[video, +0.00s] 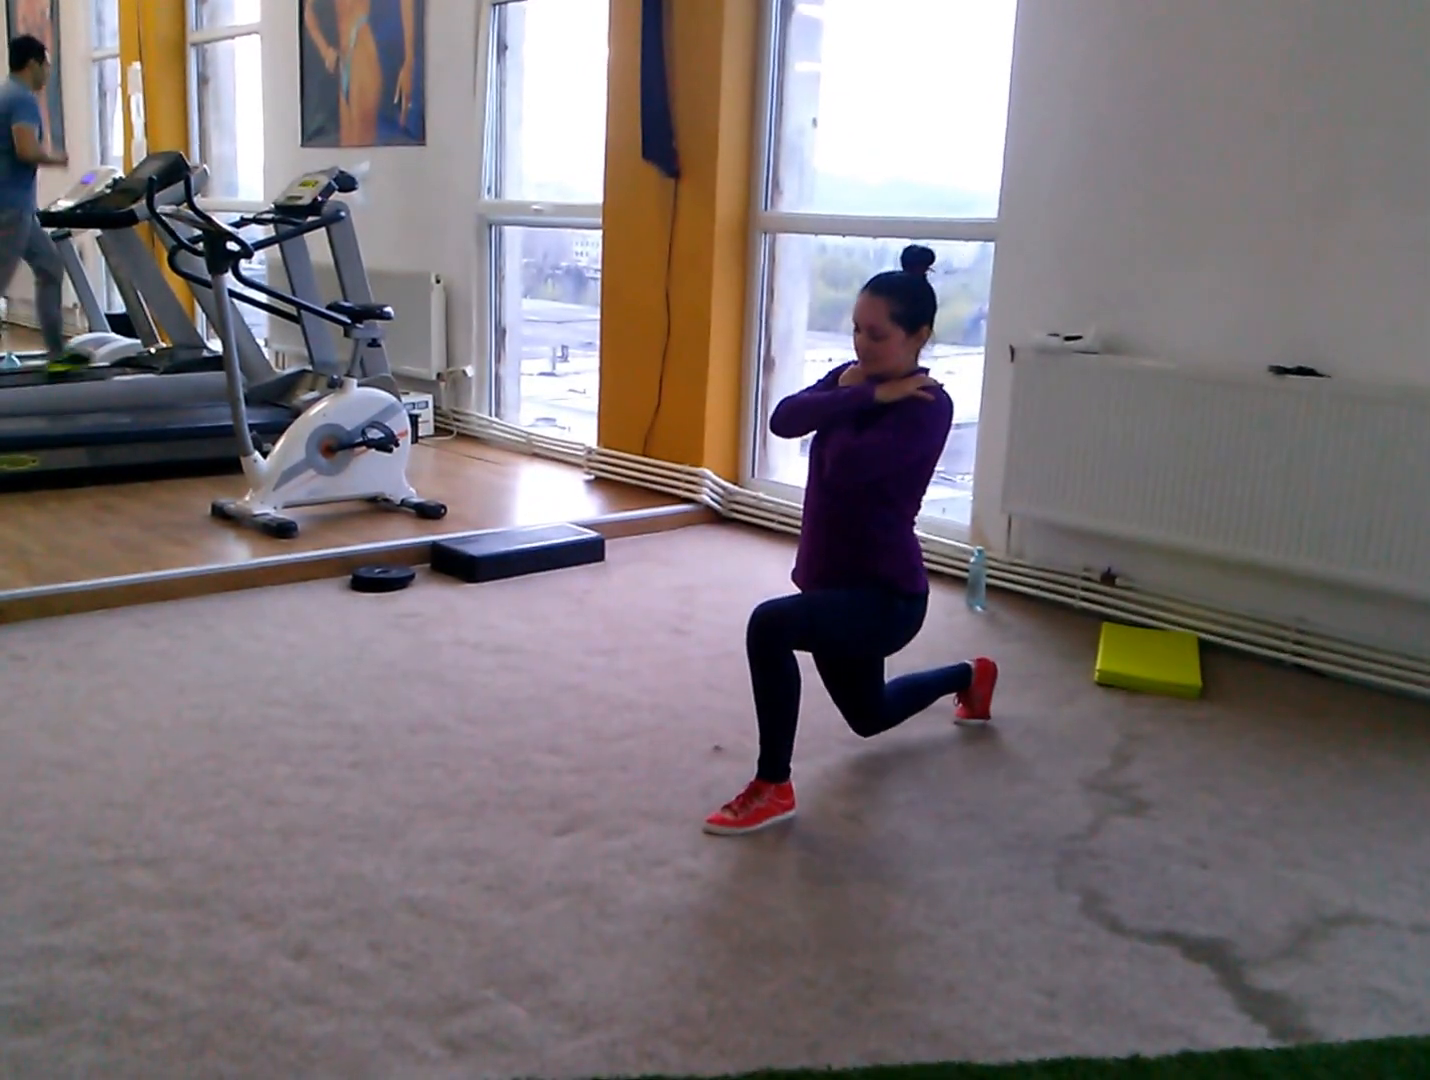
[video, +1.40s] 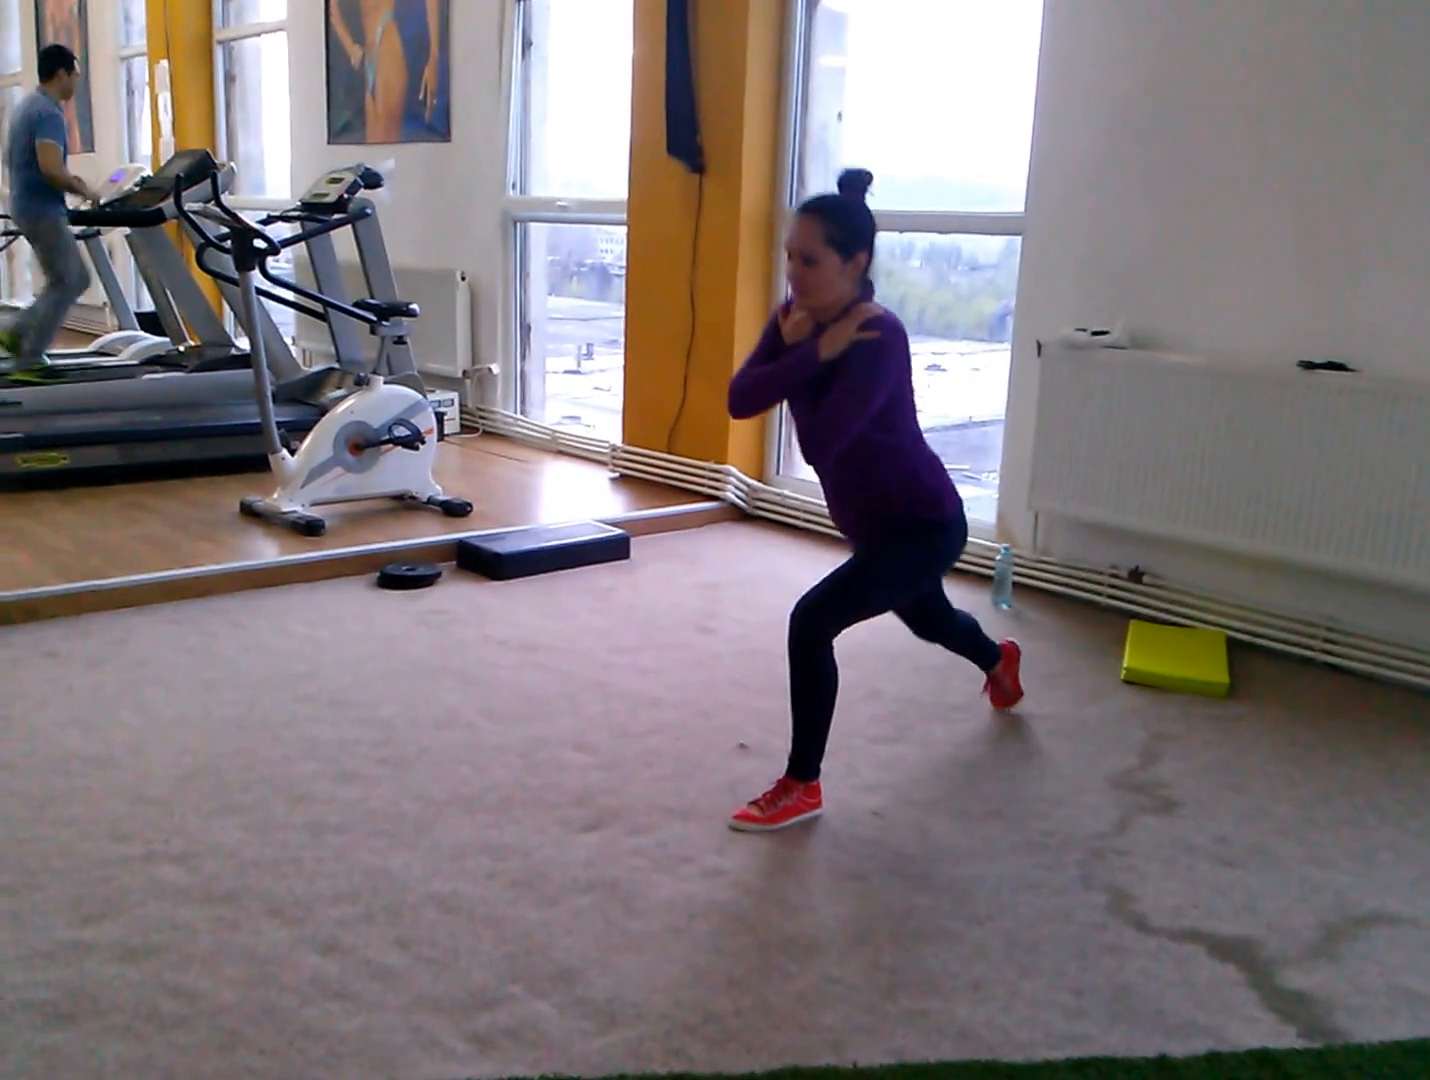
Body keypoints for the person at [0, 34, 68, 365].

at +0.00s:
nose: (47, 72)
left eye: (47, 64)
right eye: (45, 64)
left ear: (20, 65)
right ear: (32, 64)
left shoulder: (11, 95)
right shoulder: (20, 99)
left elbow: (22, 149)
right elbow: (26, 150)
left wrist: (48, 155)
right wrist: (56, 158)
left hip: (16, 210)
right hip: (12, 211)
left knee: (50, 268)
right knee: (1, 285)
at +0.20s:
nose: (47, 79)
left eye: (46, 72)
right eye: (43, 72)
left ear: (21, 74)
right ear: (30, 72)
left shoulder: (14, 106)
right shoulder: (19, 109)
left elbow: (16, 161)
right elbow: (17, 159)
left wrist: (45, 189)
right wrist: (50, 188)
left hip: (17, 210)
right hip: (15, 211)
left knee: (41, 283)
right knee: (43, 283)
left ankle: (25, 357)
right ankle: (23, 358)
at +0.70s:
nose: (59, 77)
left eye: (58, 70)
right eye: (57, 70)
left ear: (31, 70)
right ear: (44, 69)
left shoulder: (13, 102)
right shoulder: (29, 106)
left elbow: (25, 164)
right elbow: (32, 161)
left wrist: (62, 177)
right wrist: (71, 178)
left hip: (25, 210)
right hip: (20, 211)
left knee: (66, 269)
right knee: (23, 282)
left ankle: (33, 349)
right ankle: (1, 351)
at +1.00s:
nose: (61, 79)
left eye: (61, 72)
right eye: (59, 72)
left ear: (33, 73)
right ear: (46, 72)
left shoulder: (19, 104)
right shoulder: (35, 107)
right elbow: (27, 157)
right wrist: (66, 192)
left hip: (18, 211)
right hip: (30, 212)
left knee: (44, 286)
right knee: (70, 281)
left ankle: (20, 357)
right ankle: (10, 326)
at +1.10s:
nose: (65, 73)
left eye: (65, 66)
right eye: (62, 65)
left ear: (40, 65)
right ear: (49, 65)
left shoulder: (35, 99)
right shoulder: (30, 98)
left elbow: (39, 159)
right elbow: (15, 143)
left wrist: (75, 159)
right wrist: (52, 172)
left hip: (20, 208)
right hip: (33, 207)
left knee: (15, 281)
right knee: (82, 265)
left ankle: (2, 344)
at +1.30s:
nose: (72, 77)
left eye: (72, 70)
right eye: (69, 70)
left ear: (47, 70)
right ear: (54, 69)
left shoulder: (37, 102)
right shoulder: (39, 107)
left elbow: (40, 154)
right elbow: (27, 154)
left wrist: (75, 158)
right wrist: (65, 189)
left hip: (32, 210)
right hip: (44, 211)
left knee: (45, 283)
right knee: (77, 279)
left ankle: (1, 312)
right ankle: (66, 357)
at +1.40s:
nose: (76, 81)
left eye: (76, 74)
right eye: (74, 74)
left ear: (49, 75)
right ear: (60, 74)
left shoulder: (31, 106)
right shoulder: (47, 112)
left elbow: (33, 167)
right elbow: (50, 168)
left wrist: (72, 184)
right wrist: (83, 189)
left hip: (30, 209)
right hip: (41, 211)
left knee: (69, 278)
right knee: (71, 278)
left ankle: (19, 333)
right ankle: (29, 356)